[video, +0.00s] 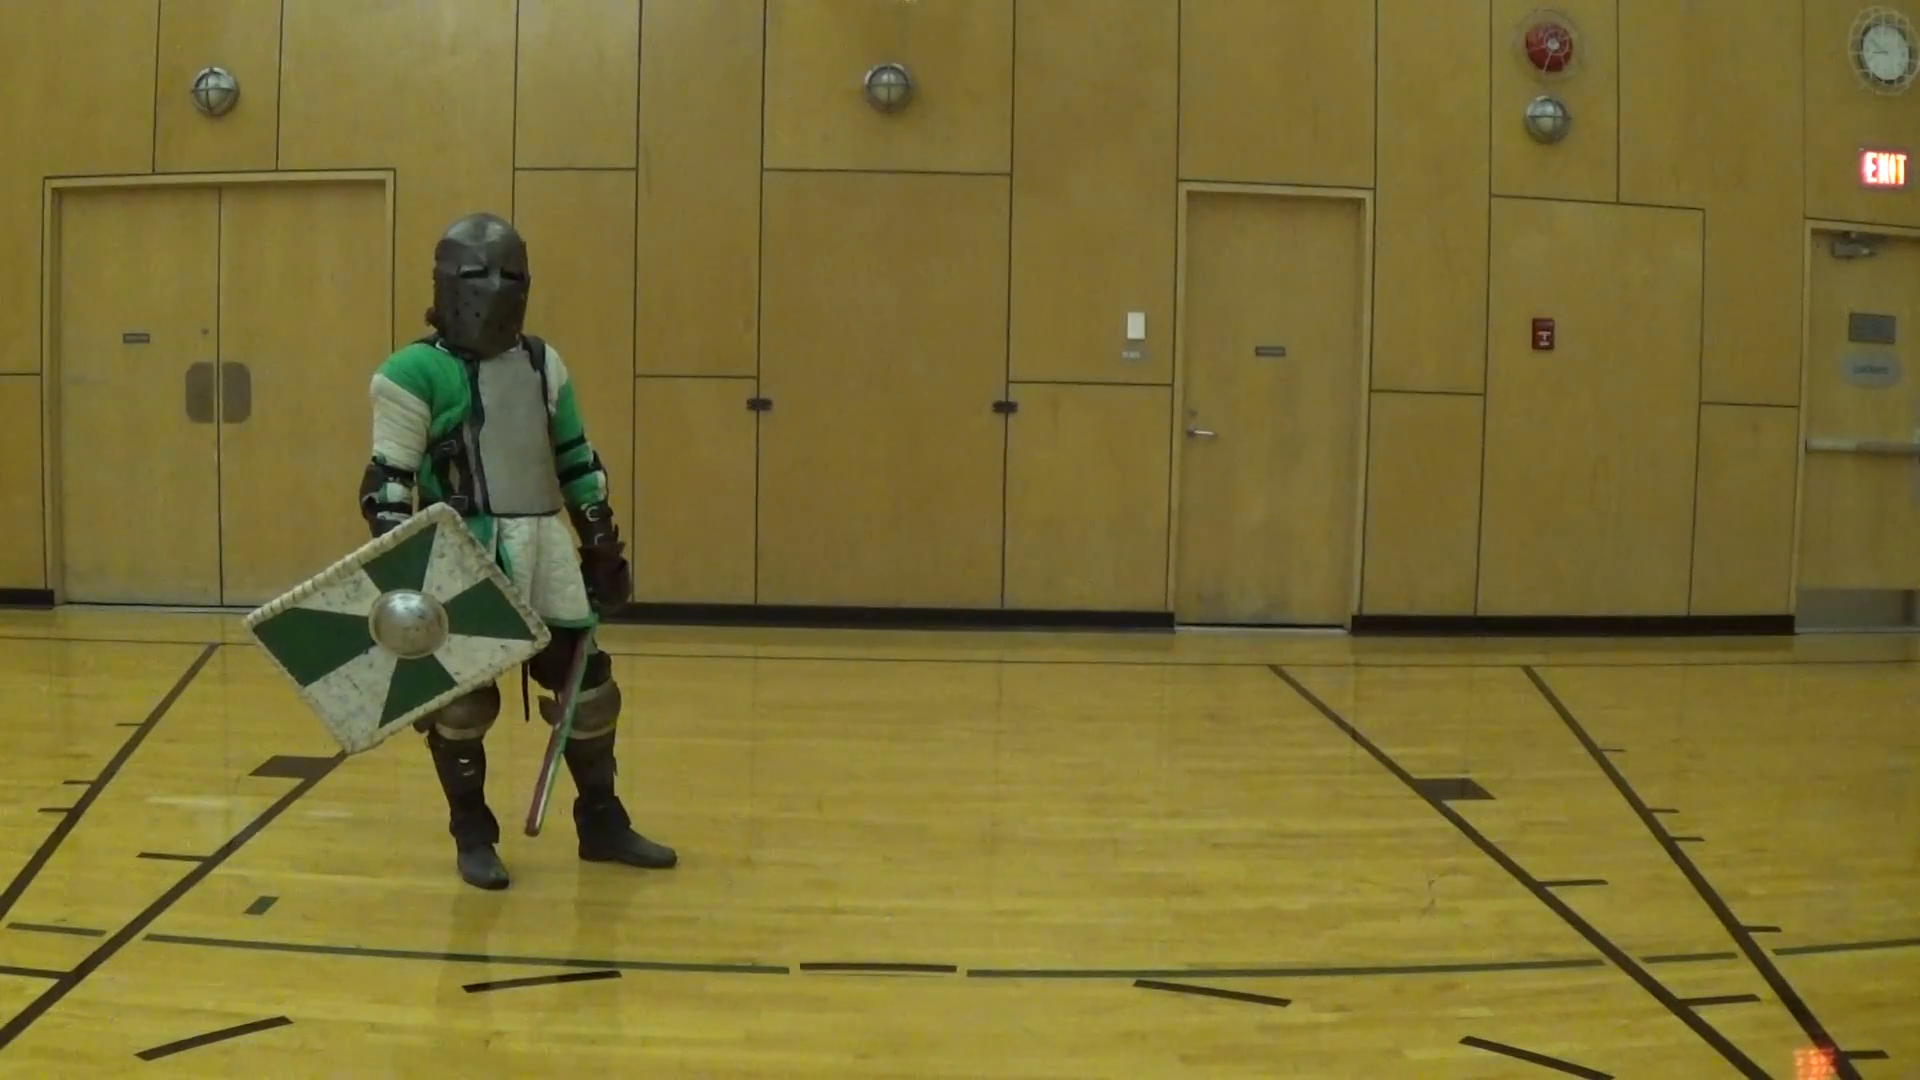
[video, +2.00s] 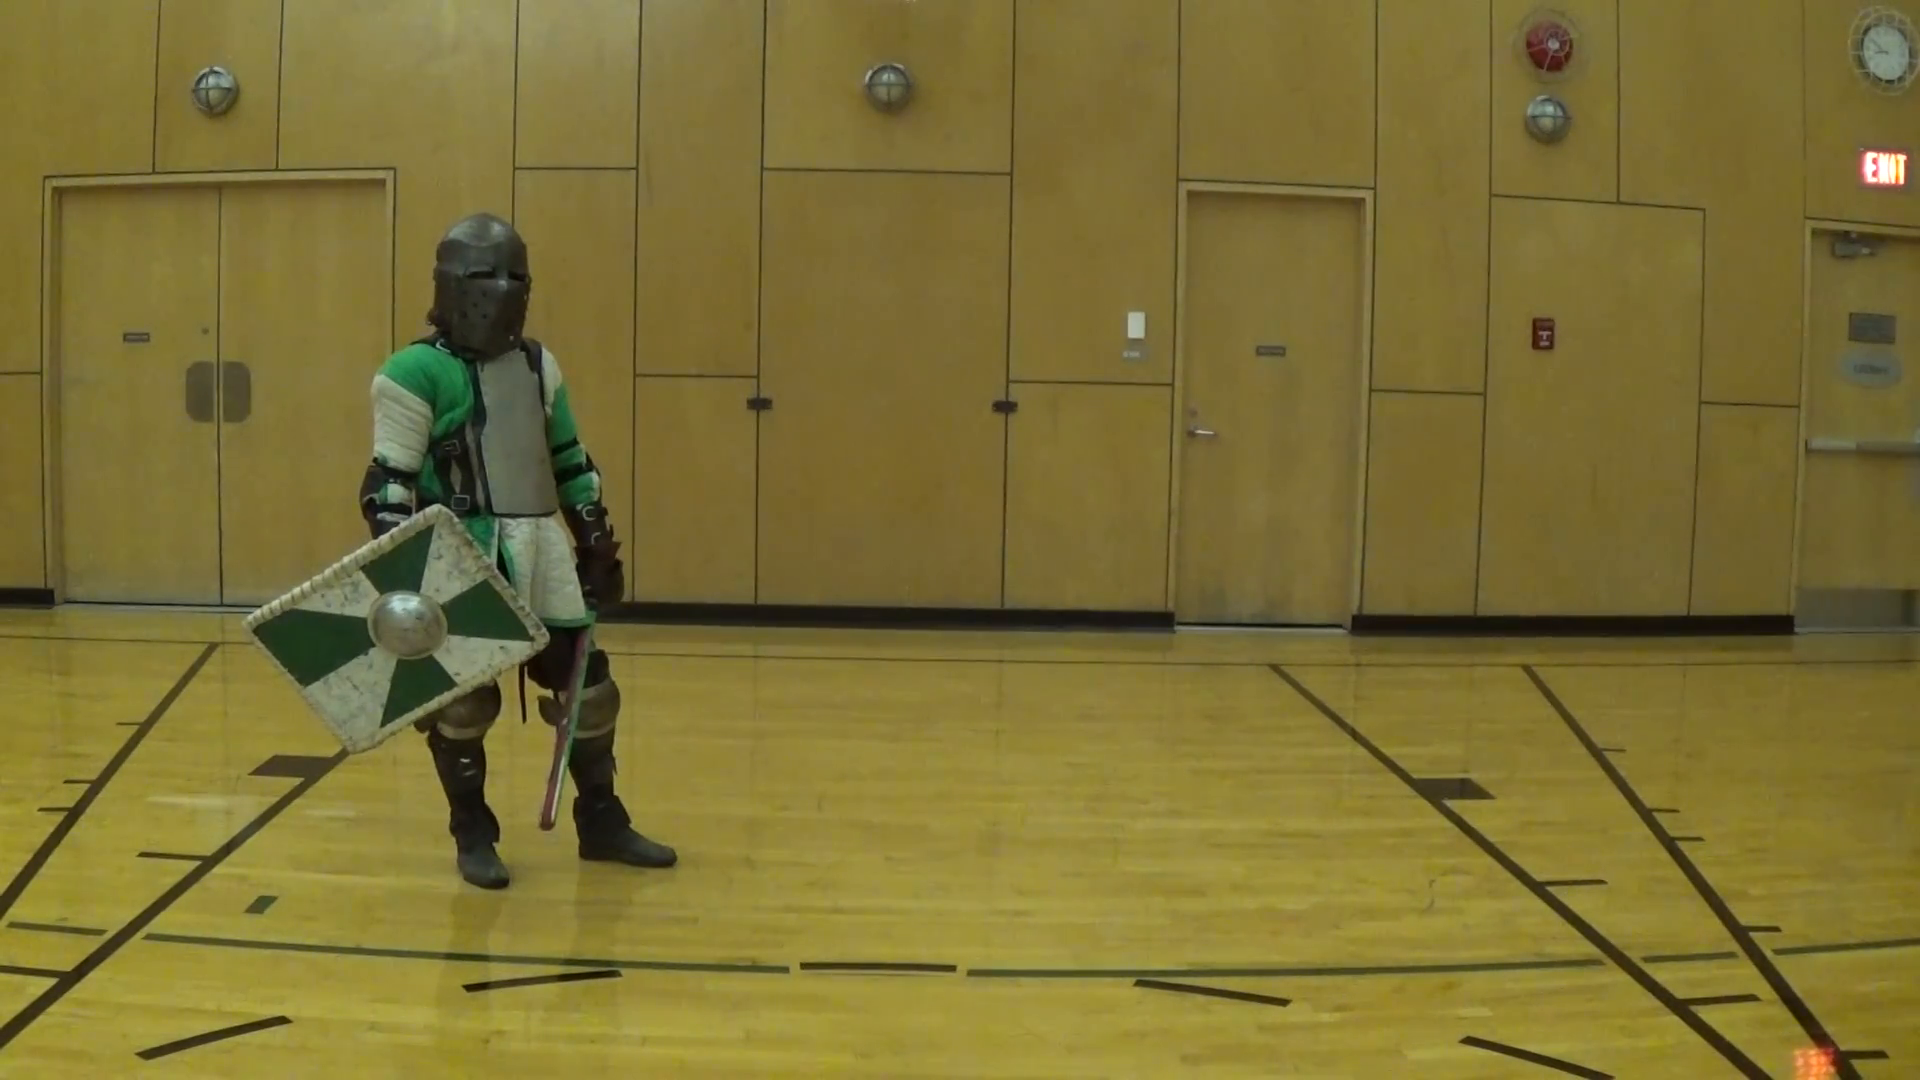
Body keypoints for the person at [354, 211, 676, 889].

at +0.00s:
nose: (487, 291)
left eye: (503, 276)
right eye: (472, 275)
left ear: (522, 287)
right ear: (442, 282)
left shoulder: (543, 365)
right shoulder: (413, 374)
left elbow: (579, 465)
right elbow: (387, 490)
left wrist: (603, 550)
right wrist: (415, 576)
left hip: (547, 545)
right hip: (459, 557)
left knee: (588, 681)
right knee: (463, 698)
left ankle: (602, 822)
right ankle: (473, 835)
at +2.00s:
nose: (502, 290)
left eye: (512, 276)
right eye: (485, 276)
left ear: (524, 286)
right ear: (448, 283)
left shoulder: (539, 367)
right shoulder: (414, 375)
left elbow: (572, 466)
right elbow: (389, 490)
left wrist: (599, 545)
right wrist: (411, 580)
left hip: (544, 545)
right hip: (457, 556)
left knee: (588, 682)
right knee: (464, 699)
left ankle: (601, 822)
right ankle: (473, 834)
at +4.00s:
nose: (500, 291)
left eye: (510, 278)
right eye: (485, 278)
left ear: (524, 284)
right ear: (451, 283)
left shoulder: (537, 362)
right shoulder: (419, 372)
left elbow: (565, 460)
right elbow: (390, 487)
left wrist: (590, 536)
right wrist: (419, 573)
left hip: (544, 545)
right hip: (461, 556)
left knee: (582, 684)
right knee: (465, 697)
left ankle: (601, 820)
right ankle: (473, 834)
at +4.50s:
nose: (491, 291)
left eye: (503, 276)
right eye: (472, 278)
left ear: (518, 282)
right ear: (435, 284)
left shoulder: (529, 357)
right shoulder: (415, 371)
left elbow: (549, 458)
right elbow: (397, 480)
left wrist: (579, 541)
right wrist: (468, 511)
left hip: (532, 555)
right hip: (449, 566)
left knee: (568, 670)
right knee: (462, 689)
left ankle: (556, 808)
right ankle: (474, 831)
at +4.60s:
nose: (490, 290)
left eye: (502, 275)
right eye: (472, 276)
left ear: (515, 281)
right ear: (436, 282)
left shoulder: (532, 363)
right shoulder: (417, 366)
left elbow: (571, 464)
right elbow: (409, 467)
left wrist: (582, 552)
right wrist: (495, 474)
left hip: (534, 551)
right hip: (452, 556)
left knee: (560, 675)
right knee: (466, 687)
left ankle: (517, 794)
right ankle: (472, 827)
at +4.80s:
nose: (487, 290)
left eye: (502, 275)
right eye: (473, 275)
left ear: (519, 280)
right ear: (443, 278)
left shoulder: (525, 359)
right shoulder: (427, 360)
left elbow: (552, 476)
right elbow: (483, 434)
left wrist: (574, 579)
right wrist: (544, 390)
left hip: (536, 537)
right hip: (468, 540)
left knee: (538, 676)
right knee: (473, 684)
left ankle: (504, 803)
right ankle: (473, 830)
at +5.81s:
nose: (550, 289)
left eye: (548, 276)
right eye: (539, 276)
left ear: (496, 282)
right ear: (508, 282)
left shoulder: (514, 359)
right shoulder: (471, 365)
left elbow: (514, 469)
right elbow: (465, 484)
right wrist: (560, 490)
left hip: (513, 539)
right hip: (484, 544)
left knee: (517, 682)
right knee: (509, 686)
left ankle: (506, 810)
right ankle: (492, 837)